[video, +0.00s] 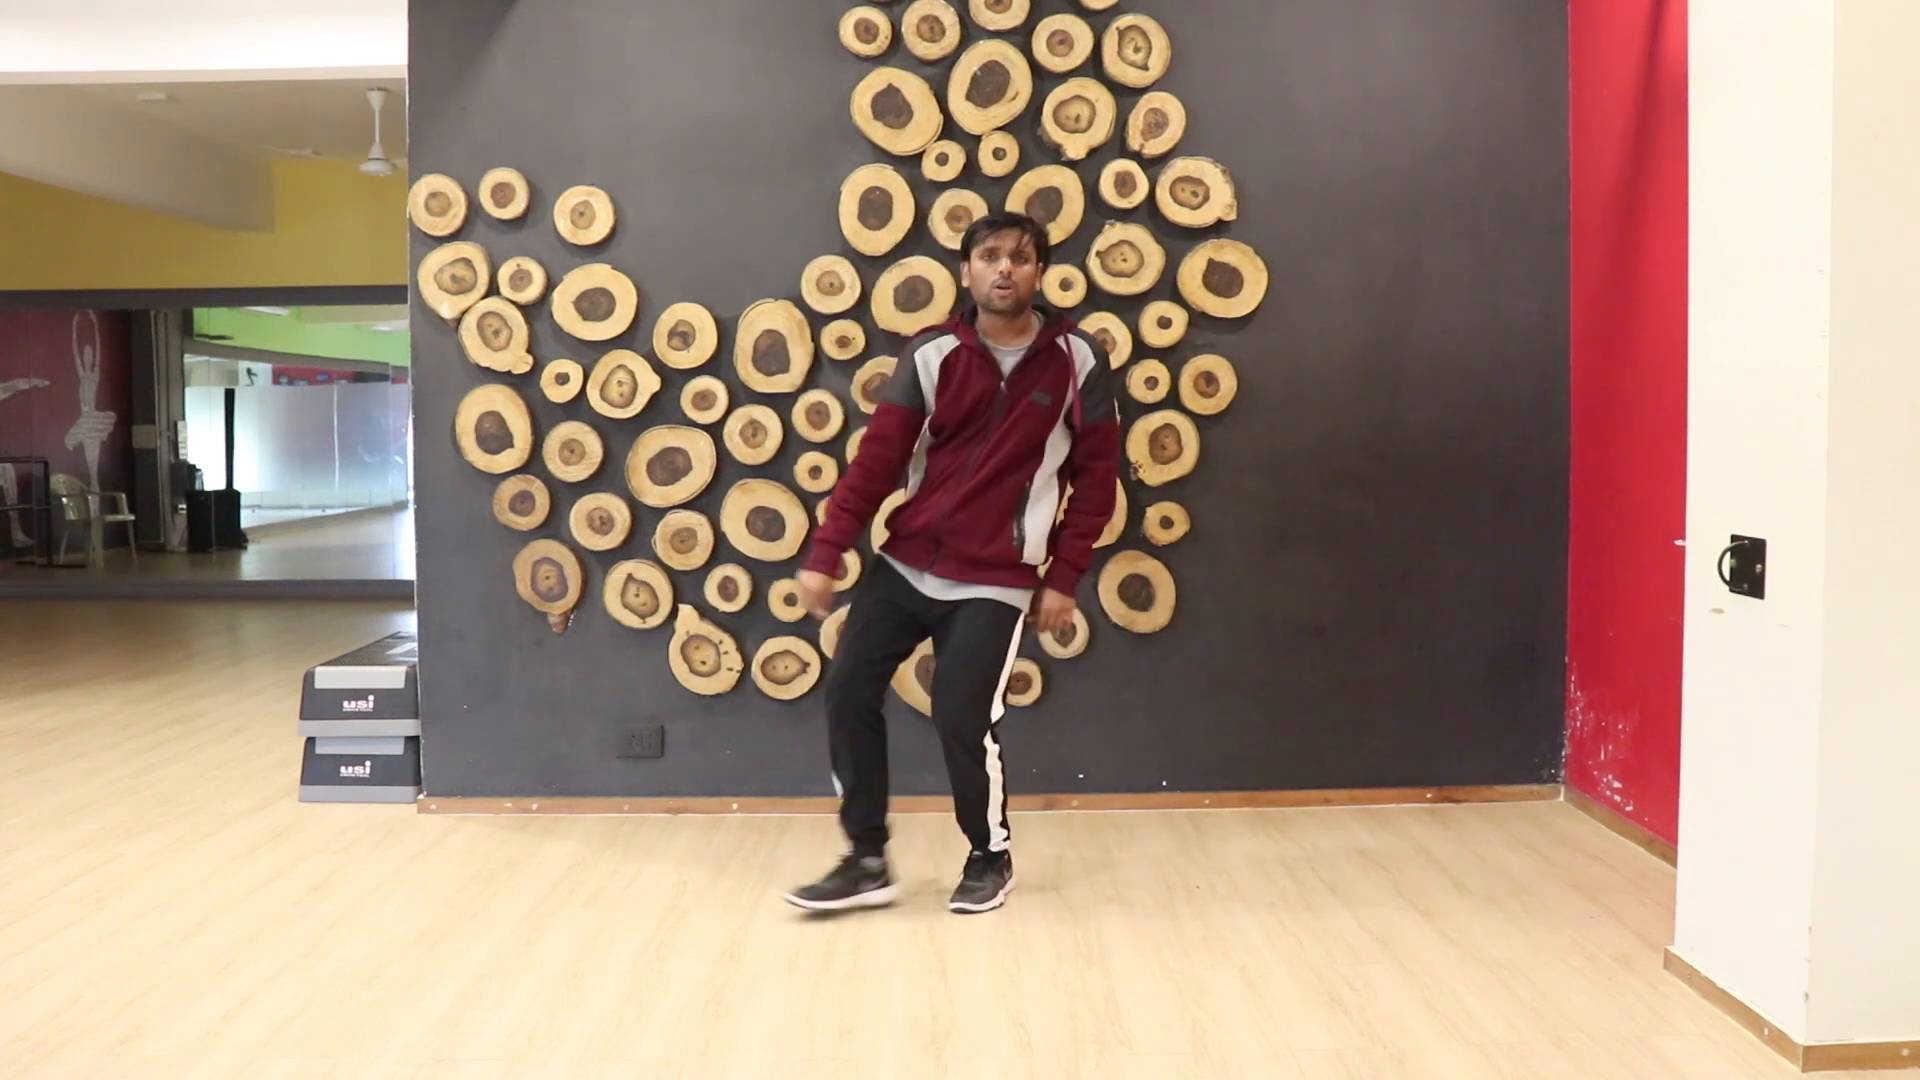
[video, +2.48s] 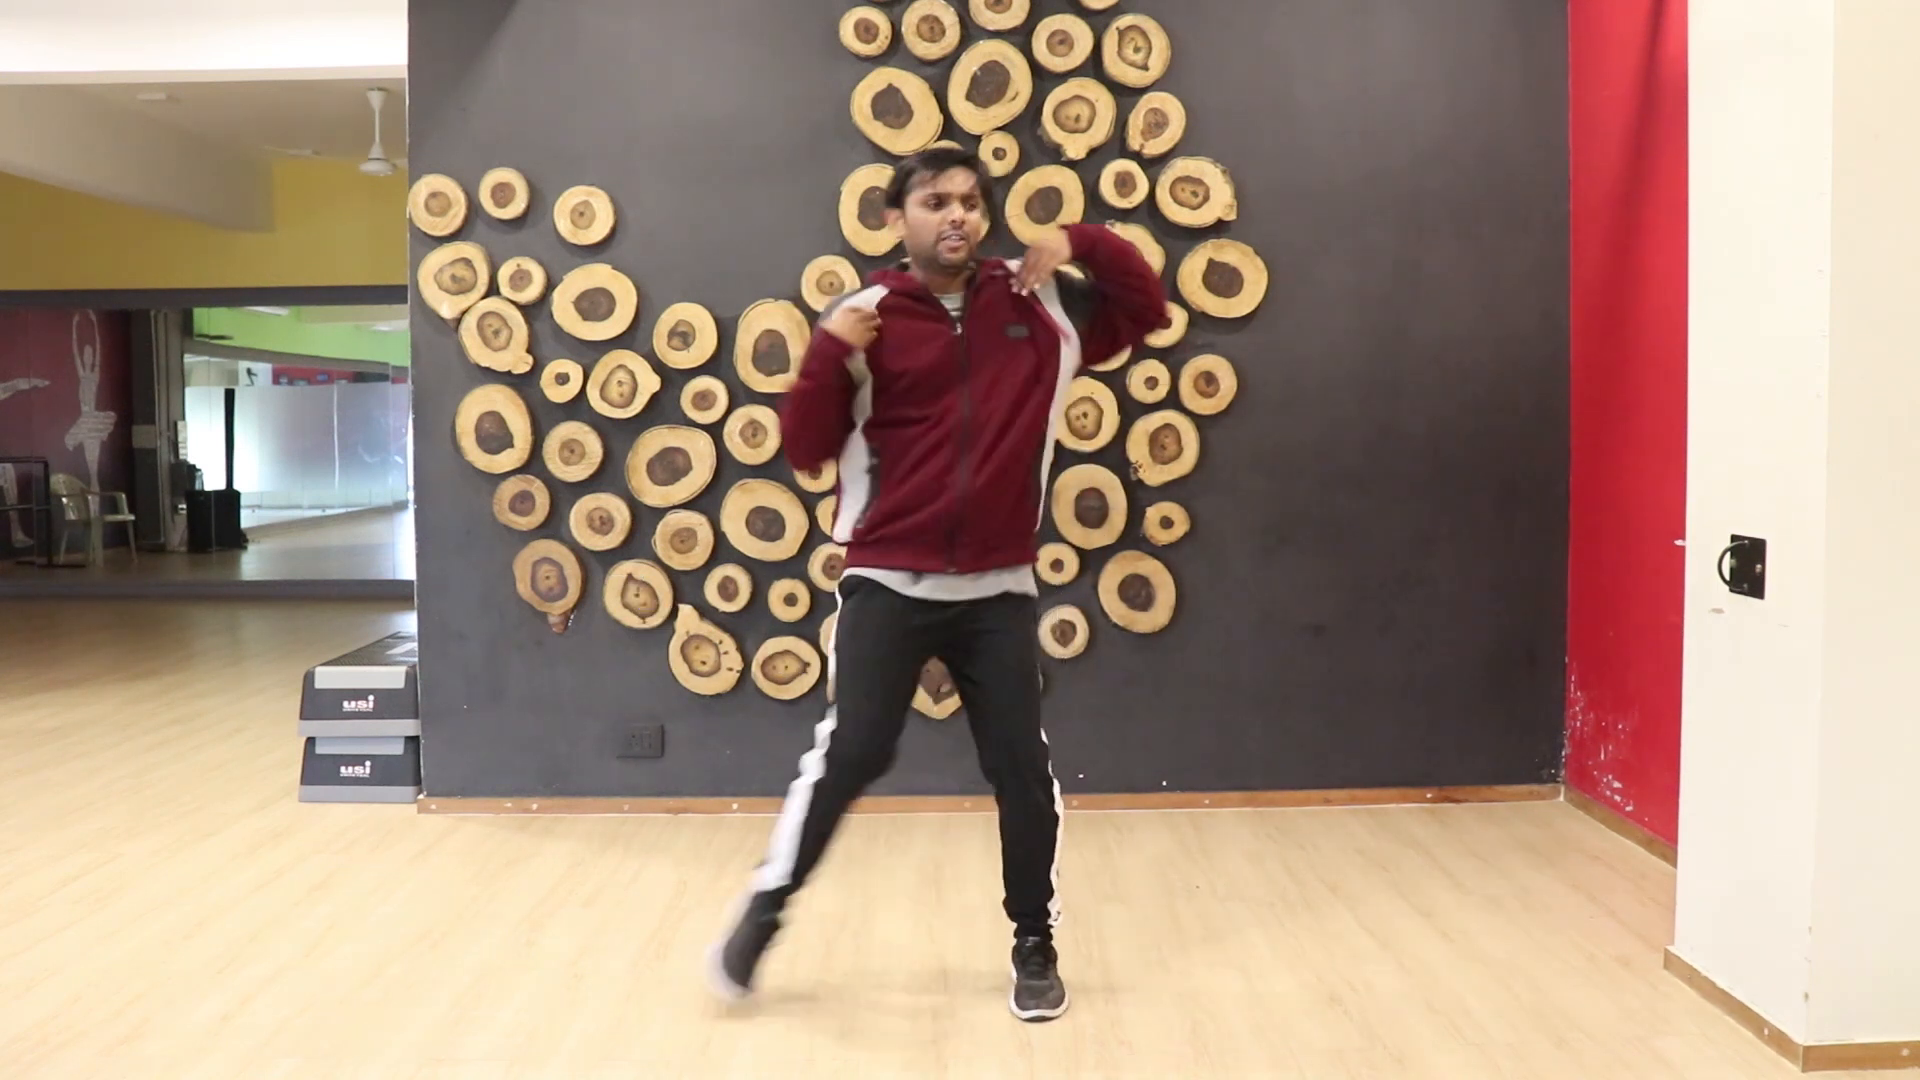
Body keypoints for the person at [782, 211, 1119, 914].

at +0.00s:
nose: (1006, 269)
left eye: (1020, 258)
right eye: (991, 257)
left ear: (1039, 273)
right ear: (968, 272)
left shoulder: (1074, 362)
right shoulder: (932, 355)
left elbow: (1098, 474)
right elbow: (877, 458)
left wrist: (1064, 578)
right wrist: (823, 556)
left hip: (996, 580)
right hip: (908, 564)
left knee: (960, 715)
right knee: (849, 688)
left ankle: (988, 857)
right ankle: (866, 859)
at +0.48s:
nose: (975, 232)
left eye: (989, 220)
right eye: (960, 222)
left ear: (1011, 235)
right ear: (938, 237)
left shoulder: (1055, 323)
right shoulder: (910, 315)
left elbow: (1094, 422)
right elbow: (869, 404)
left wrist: (1090, 509)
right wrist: (849, 485)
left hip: (1040, 548)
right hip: (949, 543)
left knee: (1036, 708)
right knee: (950, 683)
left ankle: (1007, 851)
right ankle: (939, 820)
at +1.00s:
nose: (942, 231)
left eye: (956, 220)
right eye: (927, 221)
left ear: (979, 237)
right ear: (907, 239)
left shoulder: (1021, 323)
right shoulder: (875, 330)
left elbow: (1056, 436)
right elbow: (844, 438)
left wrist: (1062, 537)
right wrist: (839, 533)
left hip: (994, 555)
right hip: (896, 556)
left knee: (1003, 695)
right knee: (908, 710)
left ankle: (999, 840)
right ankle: (934, 850)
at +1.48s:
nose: (942, 222)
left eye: (957, 212)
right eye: (928, 212)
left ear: (981, 232)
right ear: (907, 232)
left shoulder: (1019, 319)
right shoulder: (868, 322)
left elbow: (1049, 437)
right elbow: (839, 434)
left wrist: (1041, 540)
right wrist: (848, 532)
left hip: (990, 554)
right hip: (896, 553)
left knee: (988, 708)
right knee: (910, 710)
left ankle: (987, 846)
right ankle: (934, 847)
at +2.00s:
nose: (949, 230)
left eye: (965, 218)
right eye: (933, 217)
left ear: (987, 237)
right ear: (908, 237)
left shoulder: (1027, 329)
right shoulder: (867, 325)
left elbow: (1081, 434)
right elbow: (815, 435)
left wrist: (1034, 492)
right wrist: (869, 441)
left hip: (997, 576)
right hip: (896, 575)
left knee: (1009, 737)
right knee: (911, 730)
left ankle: (1019, 913)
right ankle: (936, 847)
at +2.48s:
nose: (958, 217)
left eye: (970, 203)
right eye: (937, 204)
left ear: (987, 219)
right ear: (899, 221)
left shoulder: (1039, 313)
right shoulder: (866, 316)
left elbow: (1145, 305)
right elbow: (808, 453)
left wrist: (1079, 239)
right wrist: (828, 348)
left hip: (999, 584)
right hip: (887, 578)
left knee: (1021, 762)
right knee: (860, 743)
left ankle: (1035, 945)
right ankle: (766, 909)